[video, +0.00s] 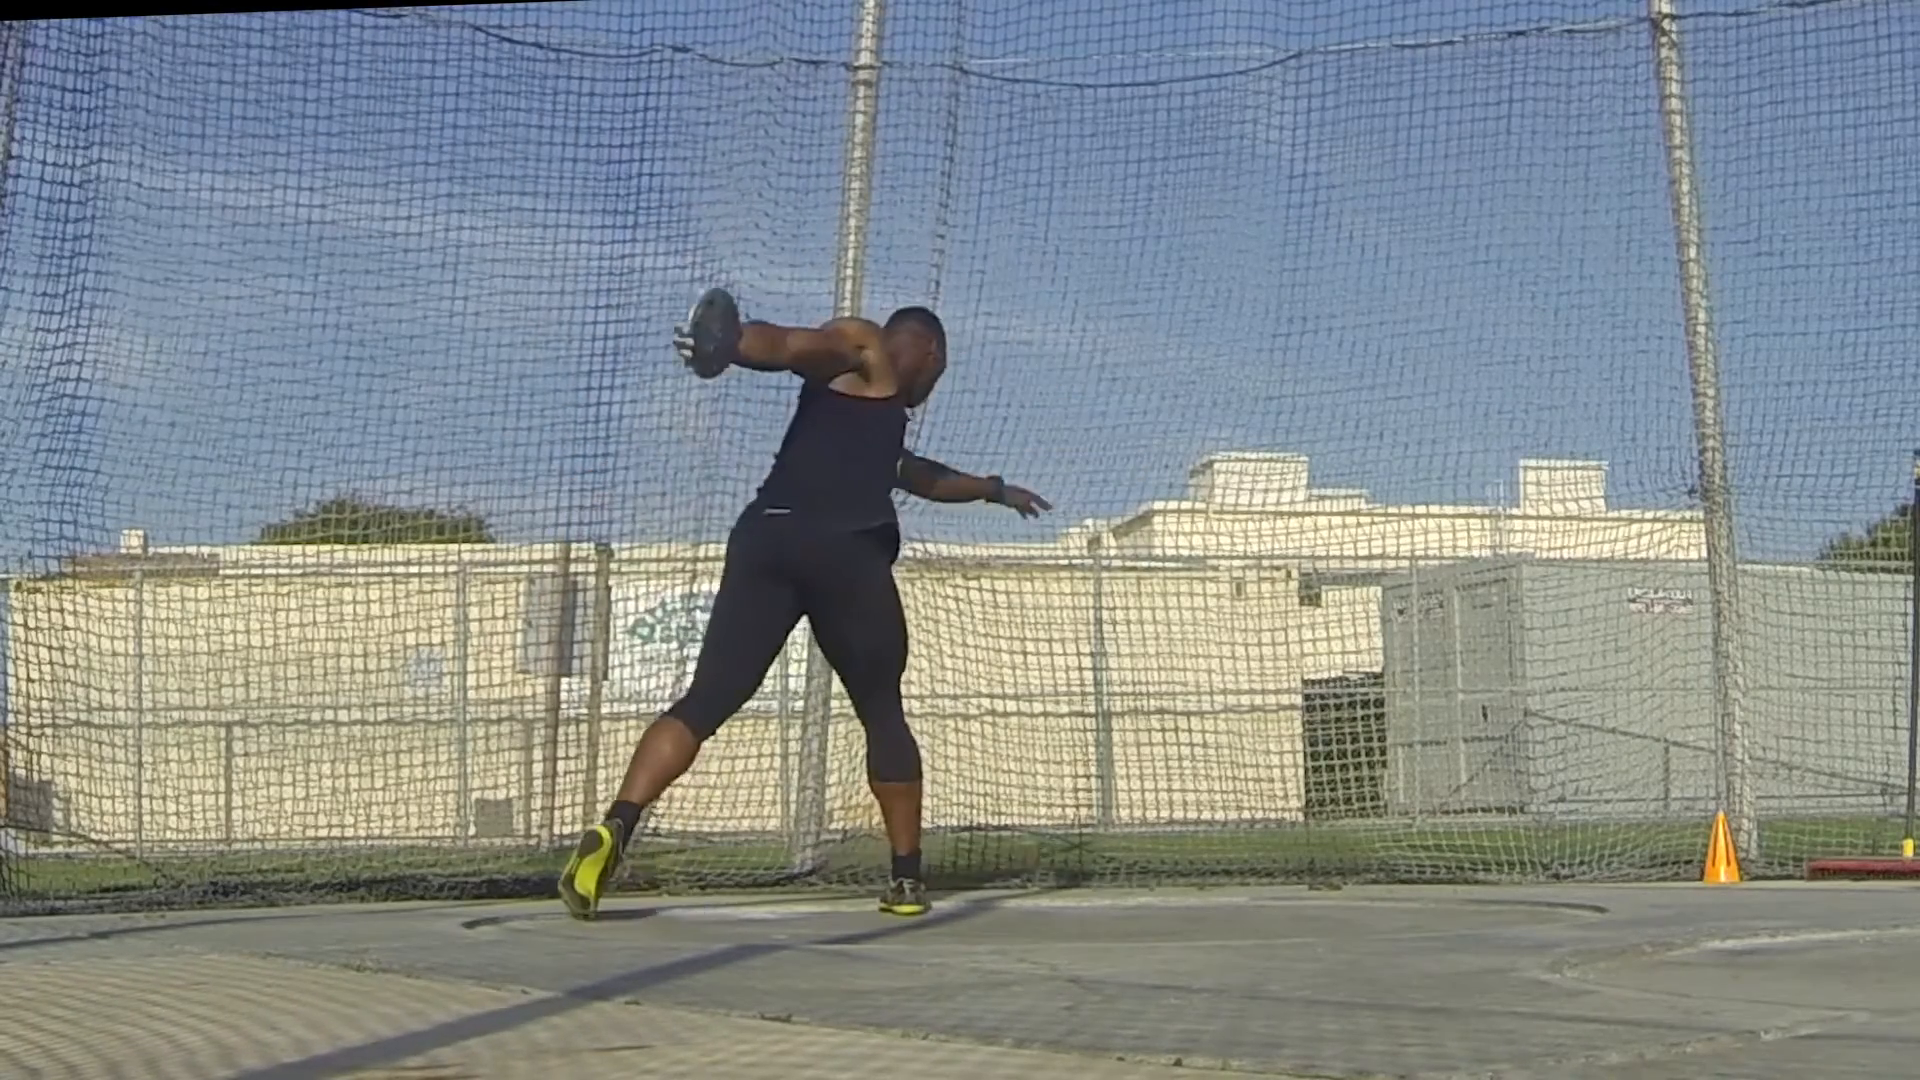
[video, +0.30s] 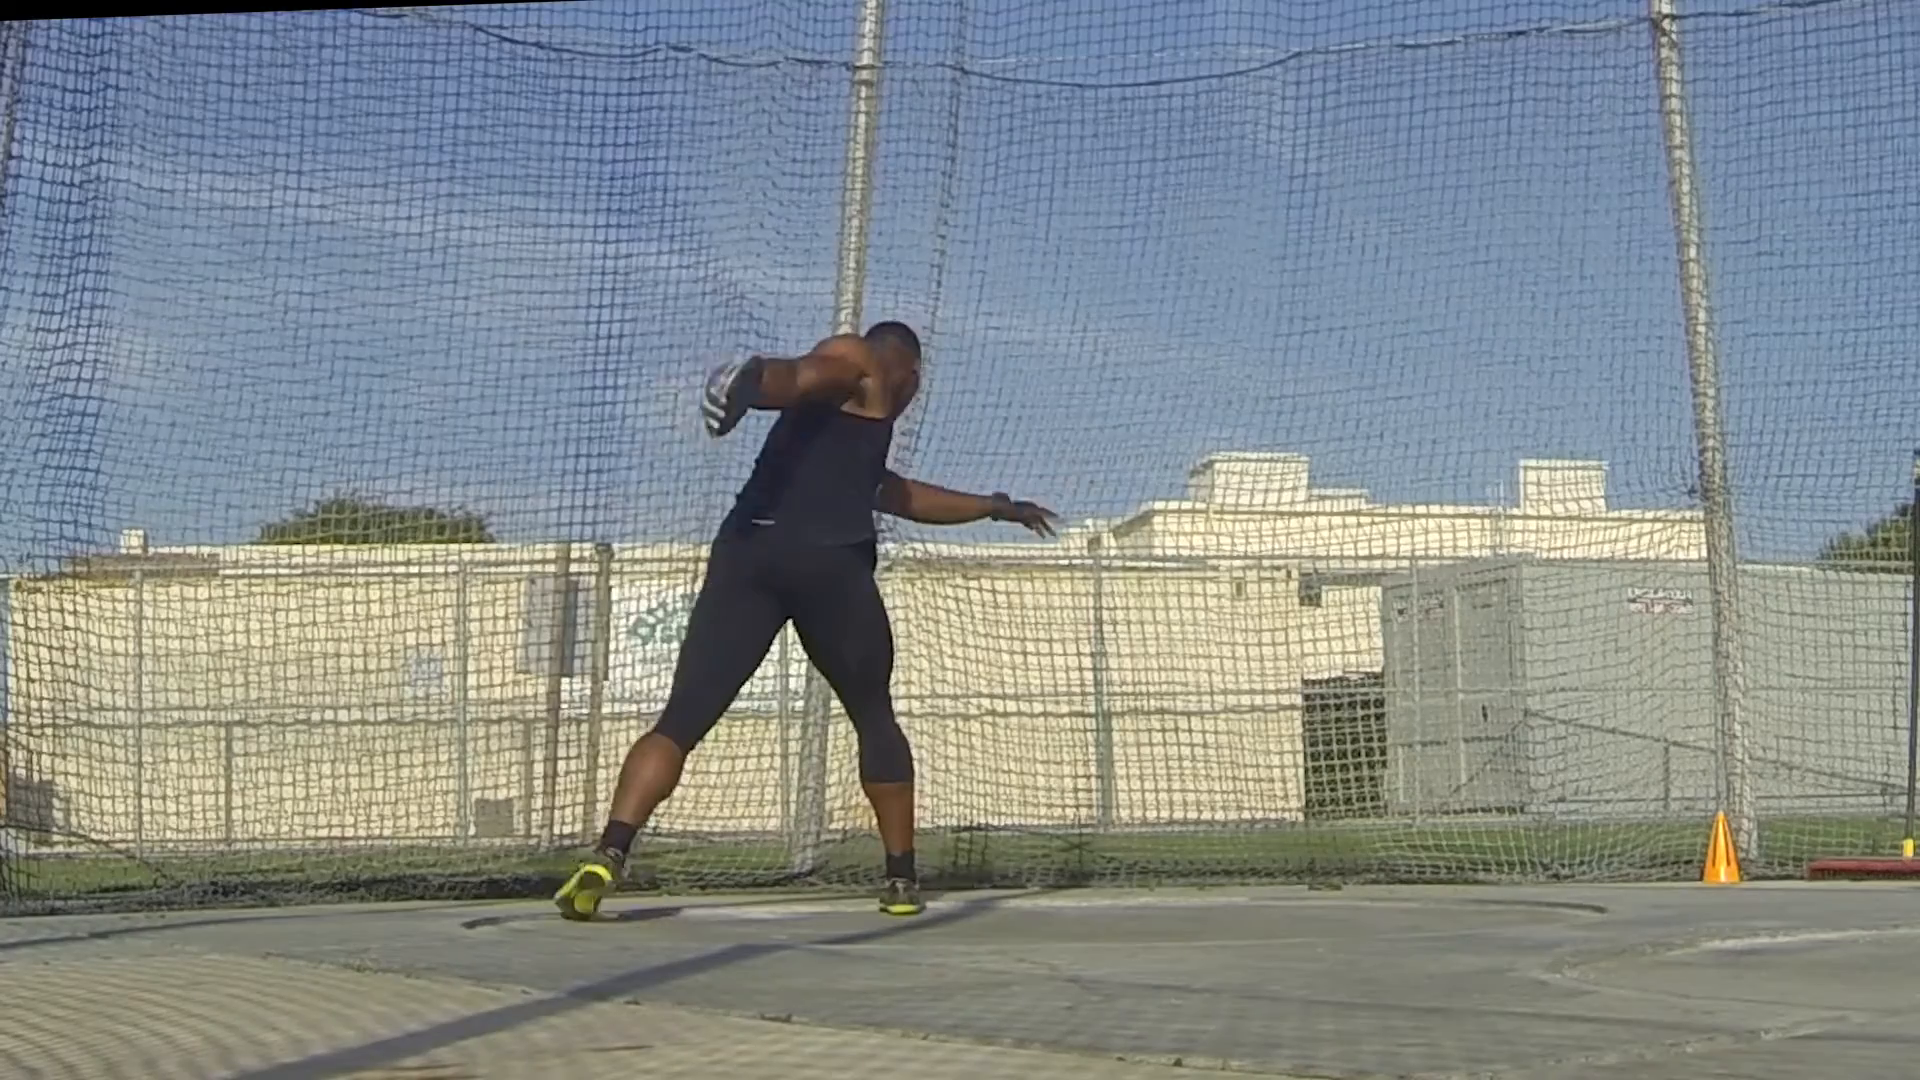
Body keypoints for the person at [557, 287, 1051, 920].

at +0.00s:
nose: (938, 375)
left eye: (941, 365)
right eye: (938, 361)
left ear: (899, 345)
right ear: (918, 345)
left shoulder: (867, 419)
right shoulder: (870, 342)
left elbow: (925, 478)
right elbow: (795, 345)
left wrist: (996, 489)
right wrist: (731, 343)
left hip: (766, 535)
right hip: (847, 551)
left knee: (708, 698)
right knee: (883, 711)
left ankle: (615, 827)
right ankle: (908, 876)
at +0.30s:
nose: (918, 384)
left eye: (919, 374)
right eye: (916, 370)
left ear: (872, 357)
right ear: (895, 357)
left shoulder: (842, 430)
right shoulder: (865, 356)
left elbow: (905, 498)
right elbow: (801, 375)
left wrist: (996, 506)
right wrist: (745, 387)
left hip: (748, 552)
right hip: (831, 562)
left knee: (683, 716)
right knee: (875, 716)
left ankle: (609, 853)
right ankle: (901, 877)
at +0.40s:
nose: (874, 398)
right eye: (879, 386)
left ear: (816, 360)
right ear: (876, 373)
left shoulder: (770, 419)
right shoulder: (870, 389)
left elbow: (835, 519)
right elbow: (835, 386)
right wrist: (826, 407)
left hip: (745, 572)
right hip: (836, 581)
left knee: (667, 718)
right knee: (873, 716)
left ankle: (623, 869)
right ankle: (898, 878)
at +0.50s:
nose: (763, 369)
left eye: (770, 361)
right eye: (761, 362)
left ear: (750, 379)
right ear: (812, 371)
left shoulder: (721, 432)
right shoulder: (844, 386)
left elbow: (670, 521)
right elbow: (896, 422)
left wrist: (691, 572)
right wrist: (948, 447)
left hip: (751, 584)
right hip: (847, 588)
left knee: (637, 704)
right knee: (878, 719)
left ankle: (626, 875)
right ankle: (898, 877)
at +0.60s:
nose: (669, 362)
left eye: (676, 349)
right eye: (671, 350)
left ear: (714, 343)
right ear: (743, 344)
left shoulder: (683, 405)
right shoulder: (820, 393)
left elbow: (557, 441)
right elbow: (921, 440)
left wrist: (485, 466)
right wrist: (1006, 480)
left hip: (774, 602)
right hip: (848, 603)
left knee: (624, 684)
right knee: (847, 707)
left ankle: (601, 872)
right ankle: (908, 855)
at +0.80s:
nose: (704, 362)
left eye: (717, 347)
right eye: (691, 354)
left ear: (747, 348)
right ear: (683, 365)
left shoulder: (786, 411)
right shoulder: (727, 420)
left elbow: (754, 438)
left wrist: (683, 434)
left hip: (785, 633)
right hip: (714, 590)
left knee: (680, 772)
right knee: (592, 638)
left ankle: (567, 864)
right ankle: (503, 720)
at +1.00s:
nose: (949, 289)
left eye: (947, 278)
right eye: (935, 277)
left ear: (912, 292)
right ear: (882, 287)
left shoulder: (950, 376)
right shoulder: (806, 356)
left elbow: (1039, 408)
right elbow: (684, 402)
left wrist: (1125, 372)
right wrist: (589, 439)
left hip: (831, 572)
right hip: (762, 534)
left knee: (697, 732)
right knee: (831, 551)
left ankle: (564, 849)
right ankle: (768, 741)